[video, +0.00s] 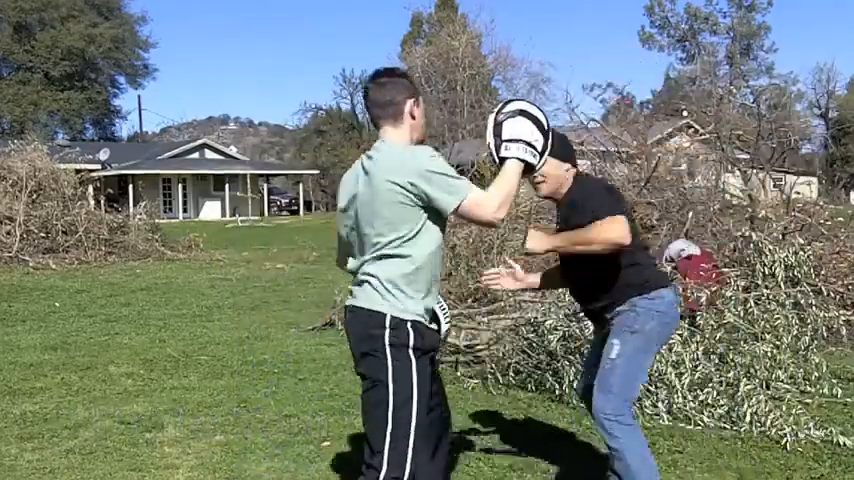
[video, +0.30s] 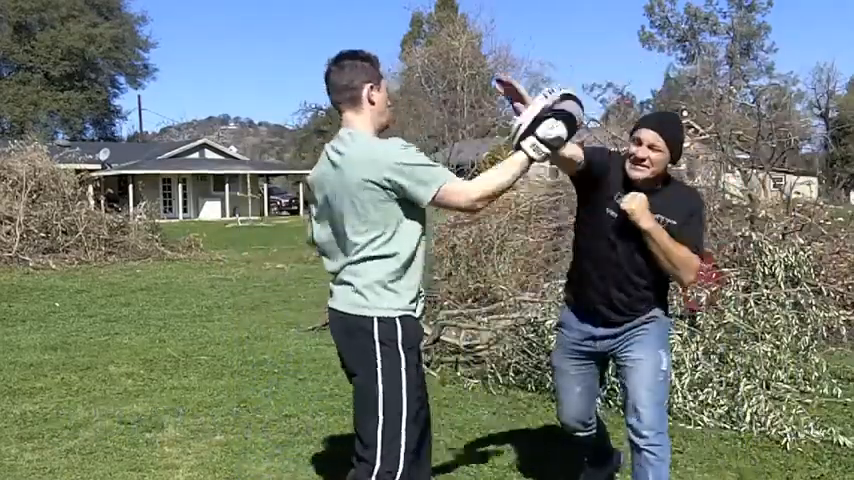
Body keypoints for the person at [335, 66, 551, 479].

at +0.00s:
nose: (424, 113)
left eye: (420, 105)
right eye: (422, 105)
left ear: (372, 116)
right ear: (413, 109)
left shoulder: (354, 175)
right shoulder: (415, 161)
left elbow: (347, 254)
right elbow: (493, 210)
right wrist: (518, 153)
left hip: (373, 314)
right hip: (397, 321)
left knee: (432, 435)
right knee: (397, 454)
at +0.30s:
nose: (390, 97)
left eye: (386, 88)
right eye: (385, 88)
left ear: (338, 100)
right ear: (371, 93)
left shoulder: (324, 166)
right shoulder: (387, 154)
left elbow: (323, 239)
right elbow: (471, 197)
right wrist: (530, 149)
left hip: (354, 314)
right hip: (384, 320)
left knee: (411, 446)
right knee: (387, 457)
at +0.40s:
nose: (390, 96)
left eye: (385, 87)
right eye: (385, 88)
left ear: (343, 105)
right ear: (370, 97)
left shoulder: (333, 162)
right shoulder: (376, 167)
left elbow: (335, 249)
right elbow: (438, 240)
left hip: (361, 317)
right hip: (375, 323)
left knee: (417, 427)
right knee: (380, 455)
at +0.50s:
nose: (411, 101)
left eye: (407, 91)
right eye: (405, 92)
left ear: (372, 106)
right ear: (386, 103)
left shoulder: (357, 157)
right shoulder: (374, 172)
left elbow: (346, 246)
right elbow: (386, 270)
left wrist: (404, 295)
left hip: (376, 316)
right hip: (359, 320)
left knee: (416, 427)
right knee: (375, 452)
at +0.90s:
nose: (436, 135)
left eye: (433, 128)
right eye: (433, 128)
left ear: (387, 136)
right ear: (423, 131)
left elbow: (314, 245)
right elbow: (526, 168)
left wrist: (356, 285)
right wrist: (594, 147)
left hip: (343, 304)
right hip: (389, 304)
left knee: (398, 420)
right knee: (367, 432)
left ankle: (409, 475)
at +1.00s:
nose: (436, 141)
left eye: (433, 134)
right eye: (434, 134)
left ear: (389, 138)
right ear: (422, 135)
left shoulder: (357, 185)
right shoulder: (437, 173)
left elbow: (320, 252)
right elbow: (513, 198)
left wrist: (362, 287)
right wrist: (582, 180)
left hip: (347, 300)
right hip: (393, 296)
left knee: (402, 418)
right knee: (377, 422)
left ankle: (413, 476)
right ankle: (330, 476)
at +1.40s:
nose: (398, 111)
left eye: (397, 102)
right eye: (394, 101)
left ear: (361, 106)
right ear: (371, 105)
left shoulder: (339, 157)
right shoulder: (370, 158)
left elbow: (351, 235)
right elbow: (438, 209)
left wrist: (391, 283)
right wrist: (473, 153)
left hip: (365, 303)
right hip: (349, 302)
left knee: (392, 424)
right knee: (337, 428)